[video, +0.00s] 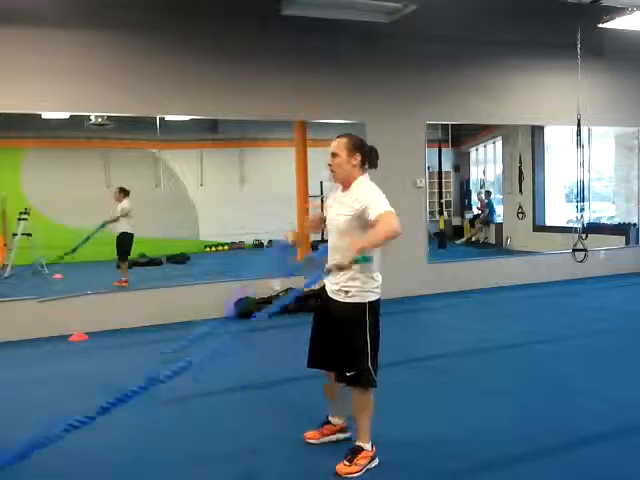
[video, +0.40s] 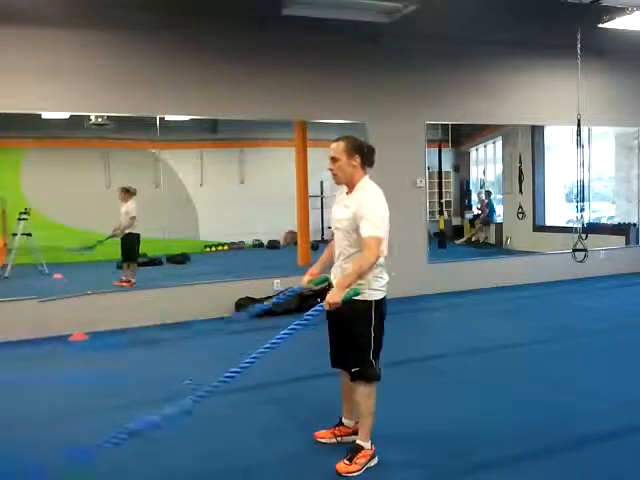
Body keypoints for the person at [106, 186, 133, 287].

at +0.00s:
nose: (115, 196)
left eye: (116, 194)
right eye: (115, 194)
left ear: (122, 194)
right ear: (121, 195)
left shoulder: (125, 204)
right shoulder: (121, 205)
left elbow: (120, 216)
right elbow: (118, 217)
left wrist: (109, 221)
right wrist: (109, 221)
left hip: (125, 232)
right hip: (122, 232)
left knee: (123, 258)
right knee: (122, 258)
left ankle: (124, 279)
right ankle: (124, 278)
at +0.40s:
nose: (120, 196)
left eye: (122, 194)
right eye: (120, 194)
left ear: (127, 194)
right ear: (125, 195)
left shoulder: (131, 204)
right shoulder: (124, 205)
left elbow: (132, 219)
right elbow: (123, 221)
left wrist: (122, 230)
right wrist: (116, 229)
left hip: (132, 233)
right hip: (125, 233)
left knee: (132, 259)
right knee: (125, 258)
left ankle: (131, 278)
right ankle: (125, 277)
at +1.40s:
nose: (124, 196)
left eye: (126, 194)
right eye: (125, 194)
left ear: (132, 196)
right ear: (130, 196)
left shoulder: (134, 204)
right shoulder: (129, 206)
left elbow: (131, 216)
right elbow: (121, 221)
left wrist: (119, 220)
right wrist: (110, 226)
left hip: (131, 235)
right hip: (127, 234)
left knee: (125, 259)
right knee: (124, 259)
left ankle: (125, 279)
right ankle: (124, 278)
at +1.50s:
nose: (127, 192)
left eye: (129, 191)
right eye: (128, 190)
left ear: (134, 192)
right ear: (133, 192)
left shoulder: (134, 202)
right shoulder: (130, 202)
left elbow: (125, 204)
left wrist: (112, 209)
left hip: (133, 229)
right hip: (129, 229)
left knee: (126, 255)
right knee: (126, 255)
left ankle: (127, 279)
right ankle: (126, 278)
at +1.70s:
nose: (121, 202)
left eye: (122, 199)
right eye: (121, 199)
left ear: (127, 199)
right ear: (129, 198)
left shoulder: (131, 208)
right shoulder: (129, 207)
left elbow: (124, 214)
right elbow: (124, 214)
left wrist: (117, 214)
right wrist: (117, 214)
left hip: (132, 233)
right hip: (130, 232)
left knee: (128, 256)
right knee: (126, 256)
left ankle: (130, 279)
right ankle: (127, 277)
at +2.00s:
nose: (119, 193)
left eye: (121, 191)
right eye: (119, 191)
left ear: (126, 191)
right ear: (126, 191)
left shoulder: (130, 199)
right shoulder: (124, 201)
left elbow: (128, 210)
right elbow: (120, 211)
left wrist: (116, 211)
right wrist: (111, 211)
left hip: (126, 228)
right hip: (121, 227)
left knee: (117, 253)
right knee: (115, 252)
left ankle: (118, 274)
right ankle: (116, 274)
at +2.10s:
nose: (120, 196)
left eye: (122, 194)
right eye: (120, 194)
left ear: (126, 194)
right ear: (128, 195)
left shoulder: (128, 204)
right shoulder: (124, 204)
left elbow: (117, 215)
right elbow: (116, 216)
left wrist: (103, 213)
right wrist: (104, 219)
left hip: (122, 233)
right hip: (120, 232)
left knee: (113, 257)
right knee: (114, 257)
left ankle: (113, 278)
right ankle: (113, 277)